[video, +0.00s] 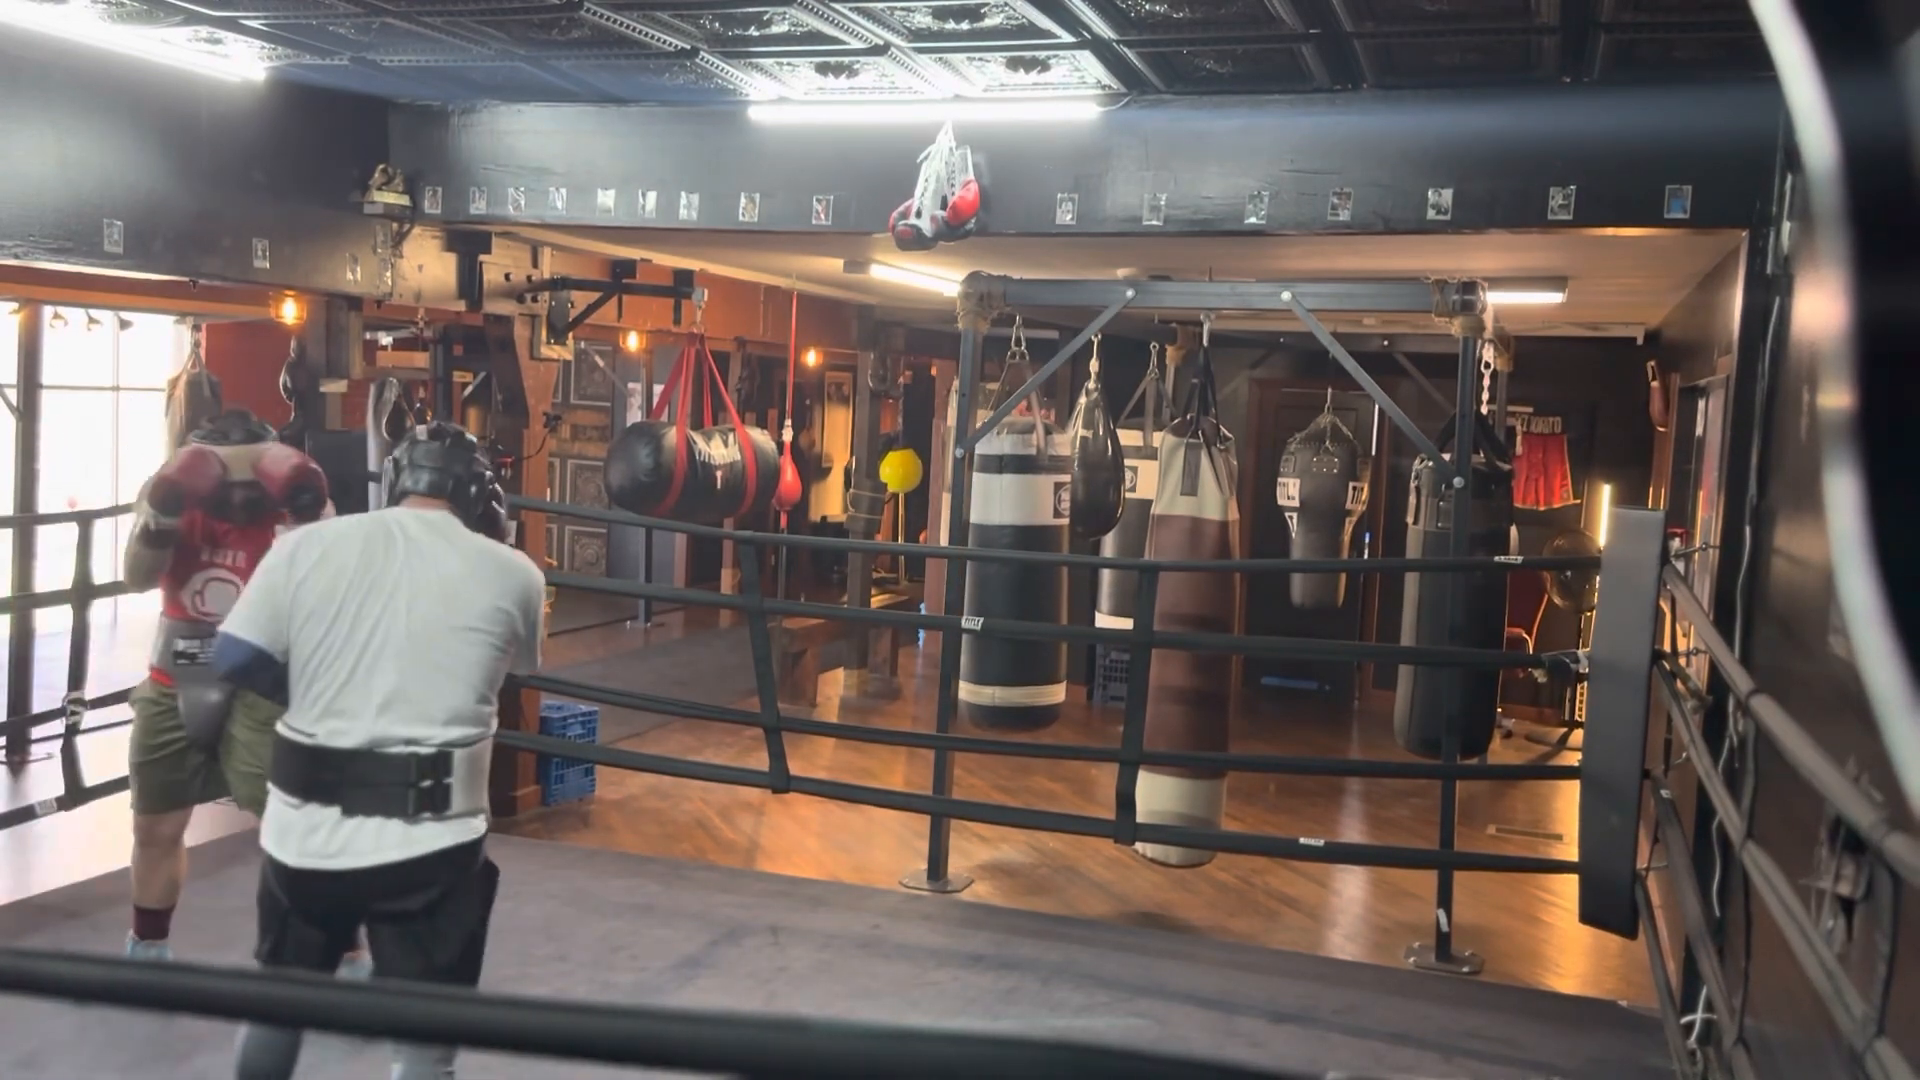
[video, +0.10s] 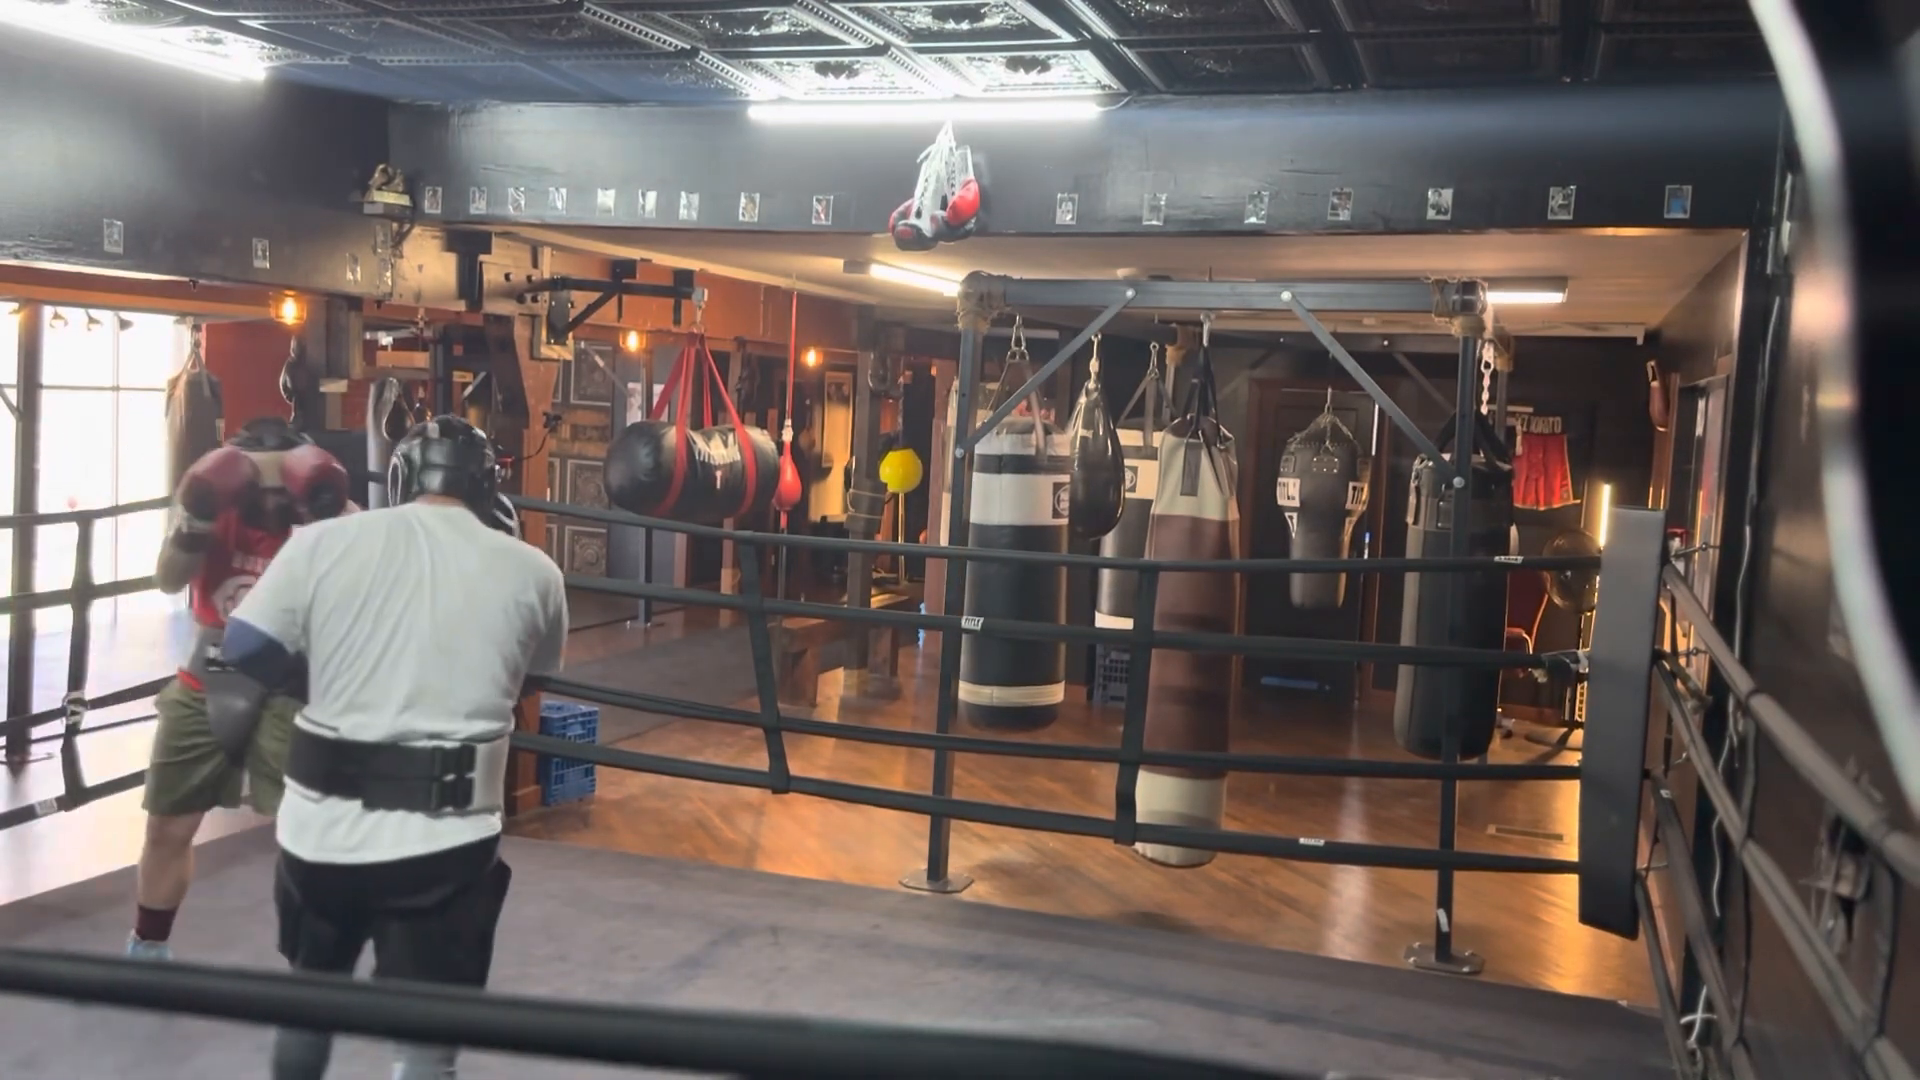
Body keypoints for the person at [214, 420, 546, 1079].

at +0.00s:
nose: (496, 501)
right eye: (491, 490)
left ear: (394, 481)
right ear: (478, 493)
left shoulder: (305, 547)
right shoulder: (515, 573)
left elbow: (238, 658)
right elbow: (512, 671)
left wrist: (327, 688)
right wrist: (498, 545)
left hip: (305, 847)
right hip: (431, 856)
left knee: (278, 1007)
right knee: (426, 1043)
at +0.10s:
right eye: (489, 481)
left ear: (401, 478)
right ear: (487, 485)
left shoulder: (322, 542)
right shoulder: (533, 570)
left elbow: (244, 661)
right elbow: (526, 684)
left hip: (321, 842)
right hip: (446, 853)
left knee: (309, 999)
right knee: (428, 1040)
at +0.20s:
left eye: (399, 472)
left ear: (402, 480)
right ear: (488, 488)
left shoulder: (333, 546)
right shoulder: (540, 571)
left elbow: (249, 660)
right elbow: (542, 689)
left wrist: (347, 663)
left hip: (334, 838)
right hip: (456, 846)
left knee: (336, 1017)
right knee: (442, 1034)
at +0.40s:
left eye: (387, 485)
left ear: (392, 490)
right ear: (477, 491)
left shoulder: (337, 571)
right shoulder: (533, 558)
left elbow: (302, 704)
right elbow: (551, 687)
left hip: (357, 838)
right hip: (477, 836)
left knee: (359, 1003)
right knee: (530, 1006)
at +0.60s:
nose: (423, 481)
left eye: (428, 472)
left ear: (435, 476)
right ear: (516, 482)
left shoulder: (372, 560)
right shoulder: (562, 552)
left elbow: (343, 689)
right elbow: (584, 676)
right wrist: (509, 638)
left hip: (390, 818)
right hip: (509, 817)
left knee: (378, 990)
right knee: (563, 979)